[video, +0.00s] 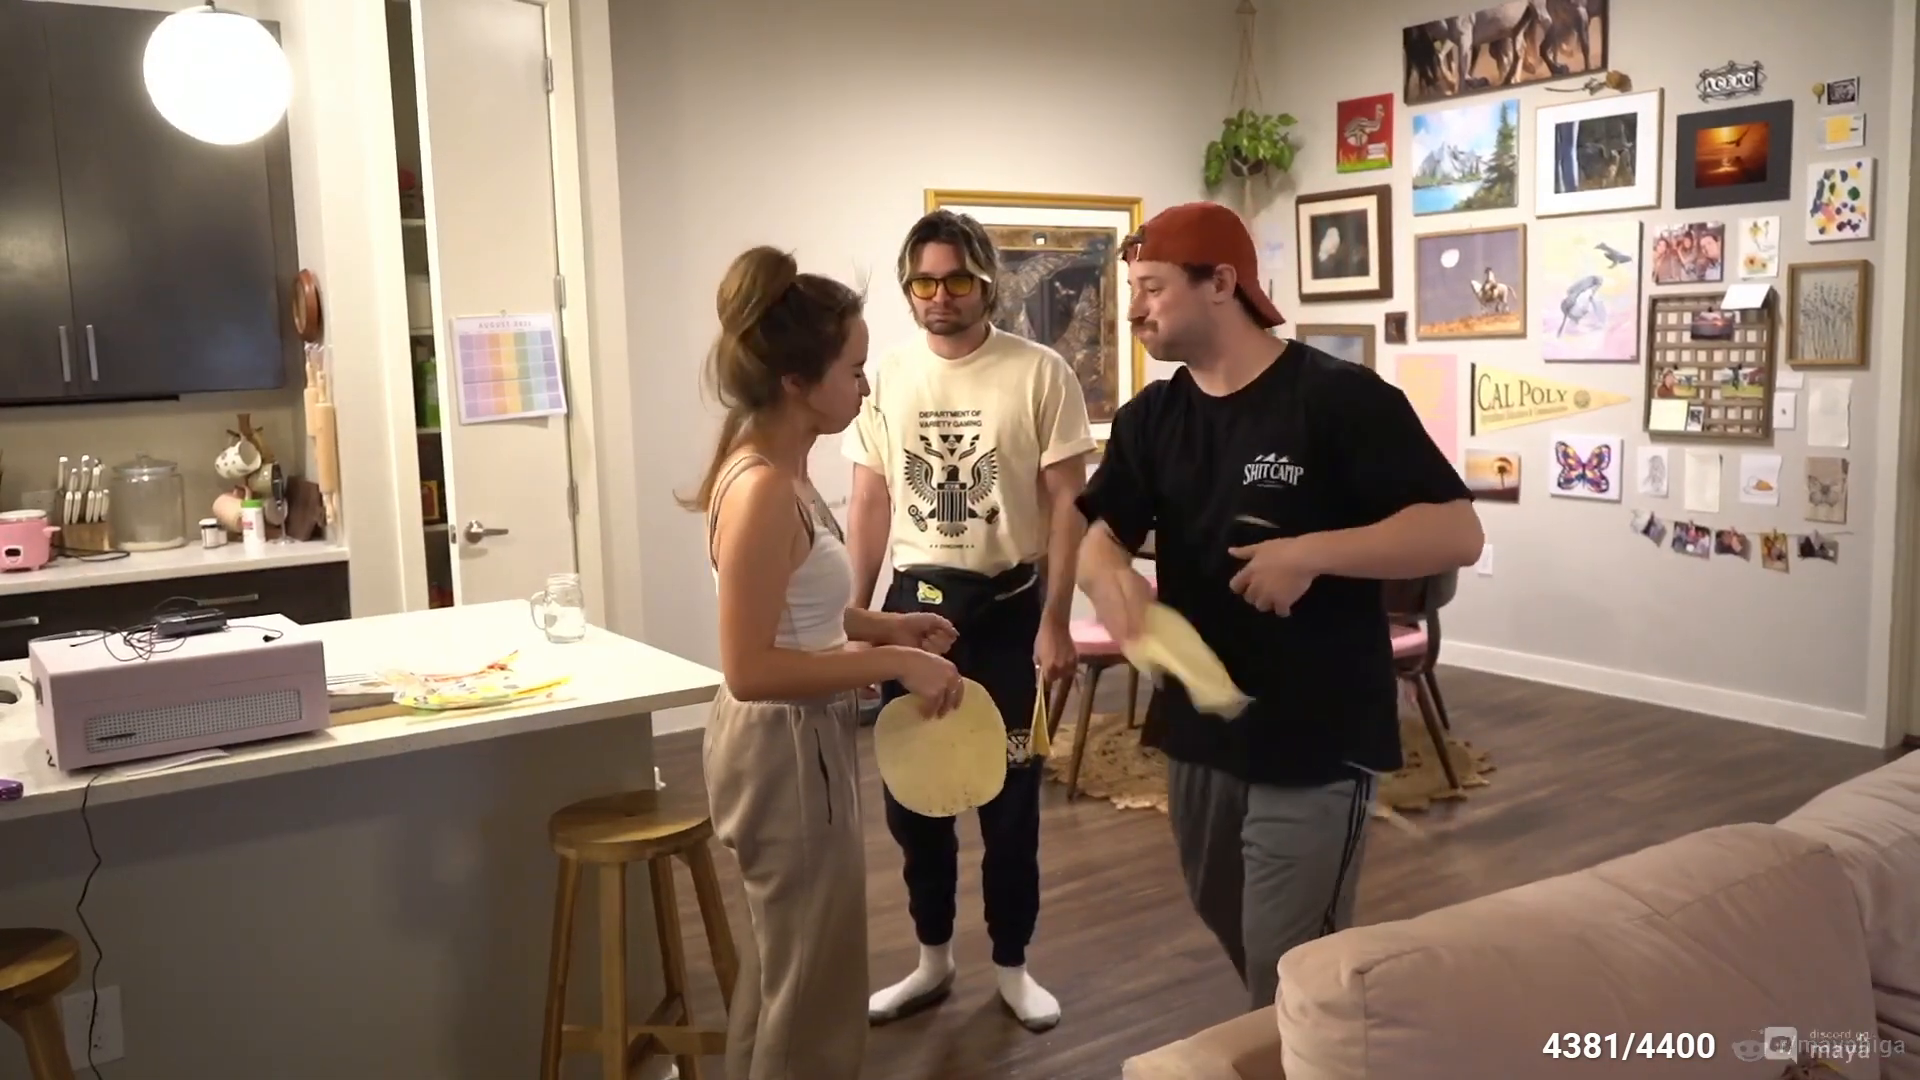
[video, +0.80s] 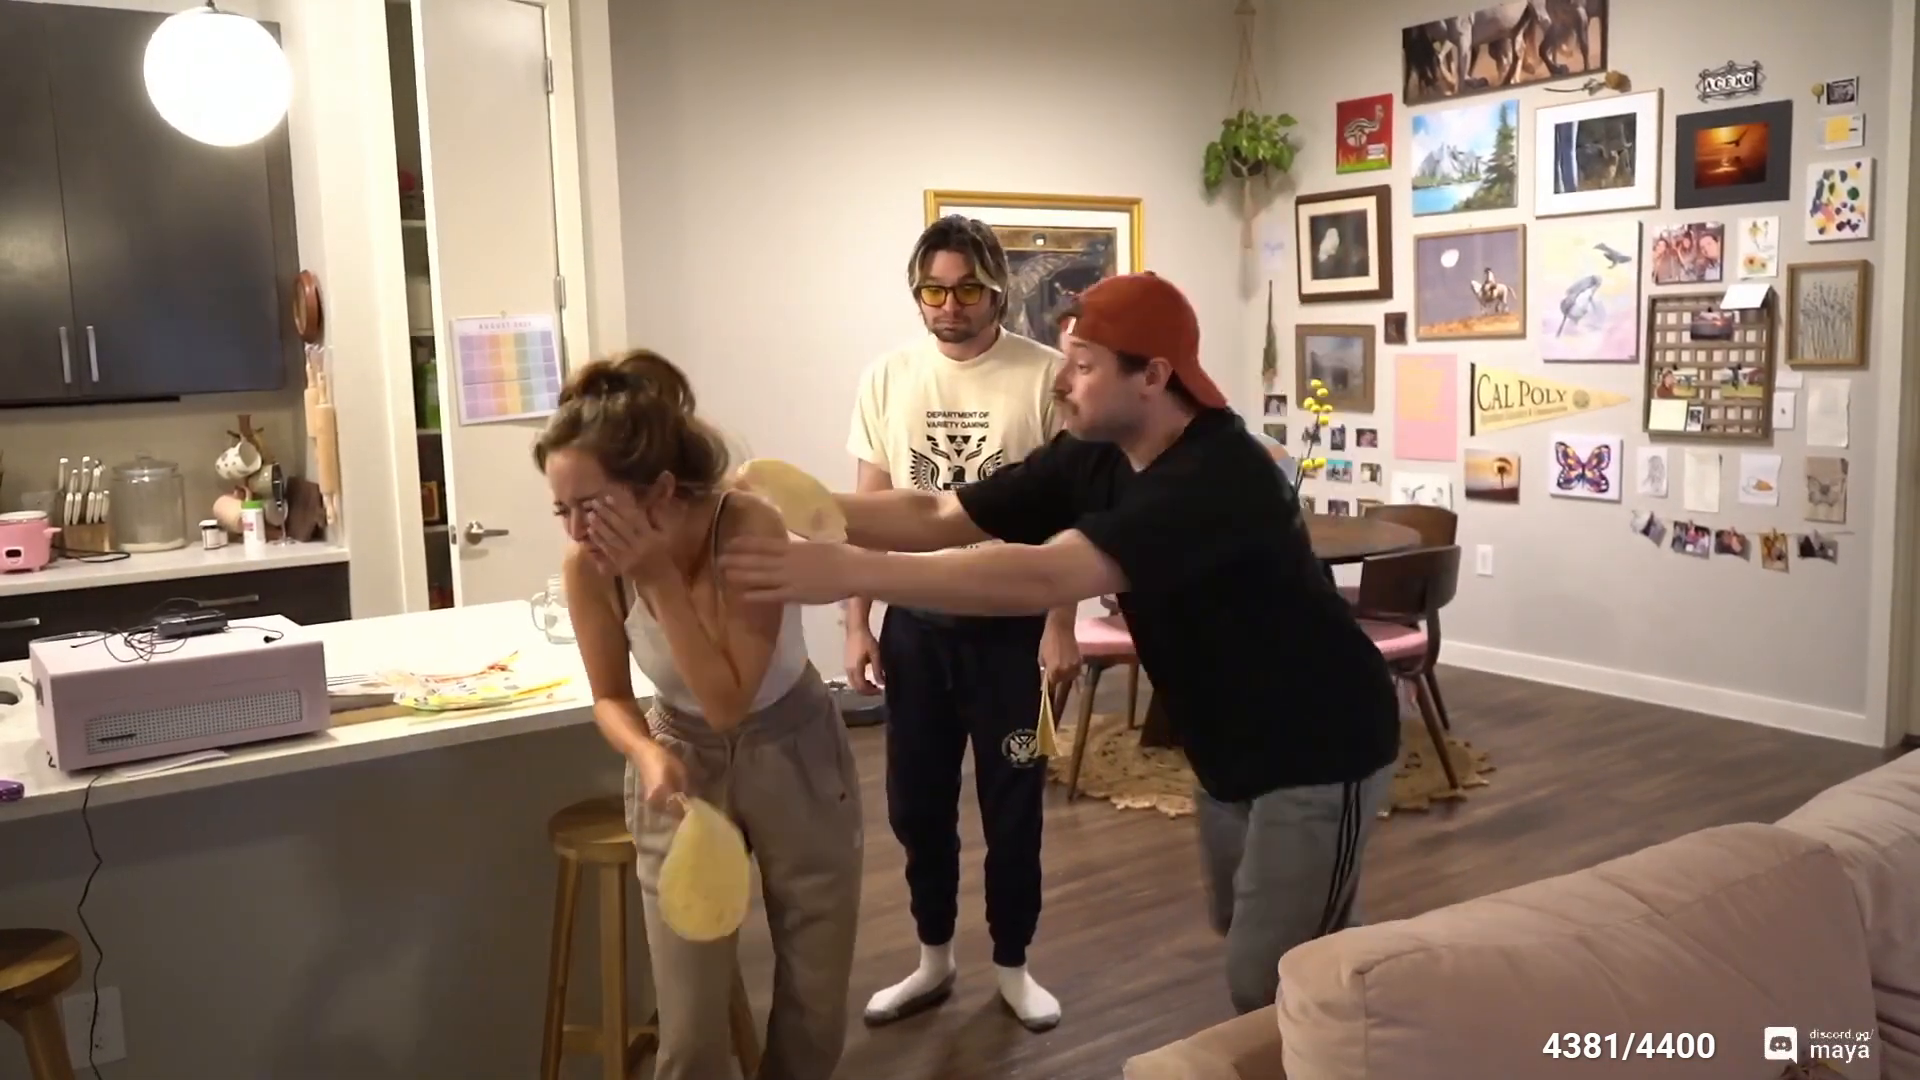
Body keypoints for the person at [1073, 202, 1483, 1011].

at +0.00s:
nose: (1138, 309)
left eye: (1154, 288)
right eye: (1136, 291)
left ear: (1221, 285)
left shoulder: (1343, 400)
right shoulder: (1152, 417)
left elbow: (1458, 530)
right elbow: (1098, 535)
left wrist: (1310, 552)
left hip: (1315, 741)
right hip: (1196, 733)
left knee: (1282, 969)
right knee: (1236, 931)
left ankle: (1319, 1067)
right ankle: (1304, 1042)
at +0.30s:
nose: (1160, 339)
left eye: (1181, 321)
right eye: (1160, 318)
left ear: (1250, 328)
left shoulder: (1360, 421)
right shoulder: (1167, 423)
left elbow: (1410, 582)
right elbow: (1141, 552)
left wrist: (1255, 546)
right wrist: (1159, 653)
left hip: (1324, 734)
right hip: (1208, 724)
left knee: (1285, 934)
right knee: (1218, 925)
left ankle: (1308, 1065)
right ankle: (1247, 1062)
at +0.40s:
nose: (1167, 331)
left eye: (1187, 313)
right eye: (1166, 311)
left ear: (1255, 319)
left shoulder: (1350, 403)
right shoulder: (1186, 400)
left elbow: (1286, 551)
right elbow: (1132, 534)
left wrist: (1183, 433)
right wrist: (1085, 636)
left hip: (1329, 710)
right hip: (1223, 705)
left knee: (1305, 921)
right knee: (1242, 908)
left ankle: (1333, 1062)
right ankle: (1267, 1055)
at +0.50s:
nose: (1178, 314)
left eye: (1198, 294)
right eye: (1179, 293)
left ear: (1267, 297)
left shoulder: (1347, 395)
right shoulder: (1192, 396)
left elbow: (1264, 528)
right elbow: (1105, 514)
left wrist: (1194, 400)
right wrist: (1010, 568)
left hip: (1334, 730)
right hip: (1225, 722)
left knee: (1359, 951)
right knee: (1282, 940)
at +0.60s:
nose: (1160, 346)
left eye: (1183, 325)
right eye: (1163, 324)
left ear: (1253, 335)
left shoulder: (1332, 433)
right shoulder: (1173, 431)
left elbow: (1263, 564)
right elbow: (1059, 523)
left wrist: (1186, 435)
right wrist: (938, 518)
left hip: (1329, 751)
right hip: (1243, 743)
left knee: (1299, 973)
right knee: (1357, 922)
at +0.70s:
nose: (1122, 385)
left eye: (1145, 368)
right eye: (1126, 366)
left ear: (1213, 379)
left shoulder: (1290, 465)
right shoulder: (1142, 467)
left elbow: (1198, 576)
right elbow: (1003, 529)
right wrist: (870, 494)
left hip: (1338, 748)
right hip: (1267, 756)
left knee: (1261, 951)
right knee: (1376, 940)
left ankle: (1327, 1067)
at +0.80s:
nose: (1061, 382)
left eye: (1080, 364)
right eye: (1063, 363)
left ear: (1153, 376)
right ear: (1140, 377)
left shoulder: (1220, 471)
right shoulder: (1097, 458)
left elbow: (1046, 578)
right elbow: (941, 518)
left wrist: (849, 573)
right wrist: (807, 518)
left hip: (1323, 750)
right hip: (1232, 749)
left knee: (1264, 976)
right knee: (1253, 954)